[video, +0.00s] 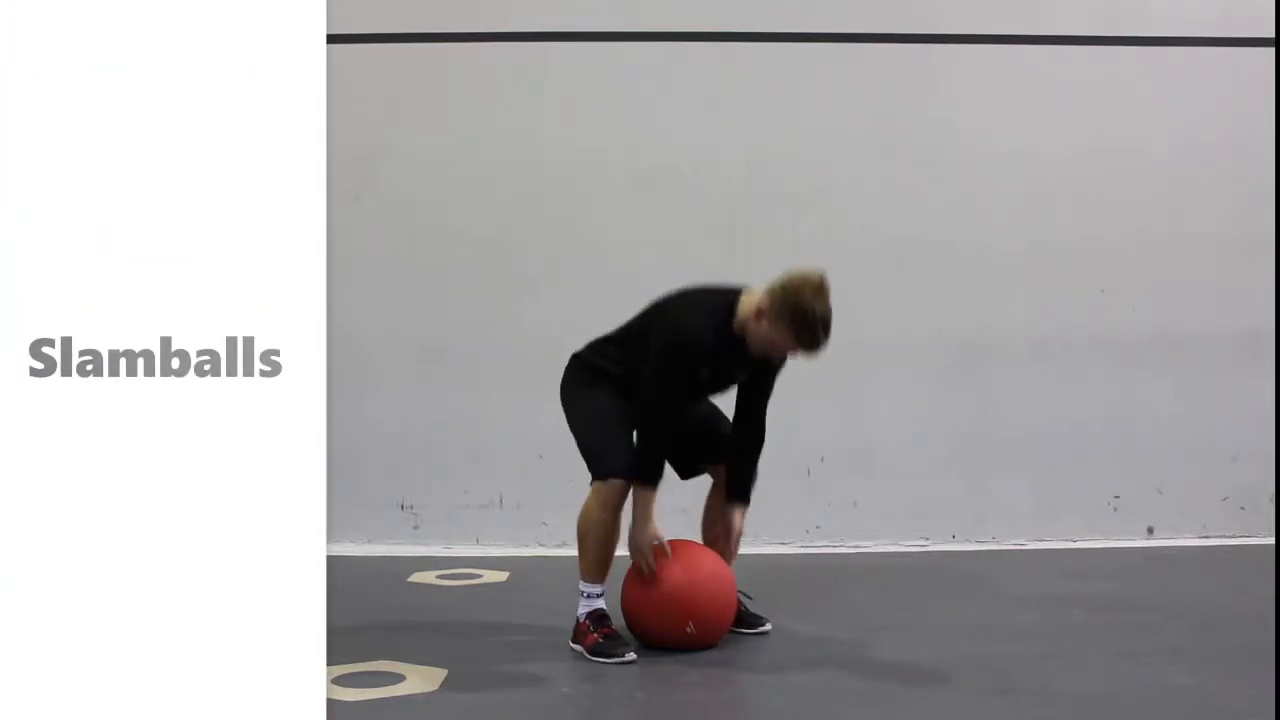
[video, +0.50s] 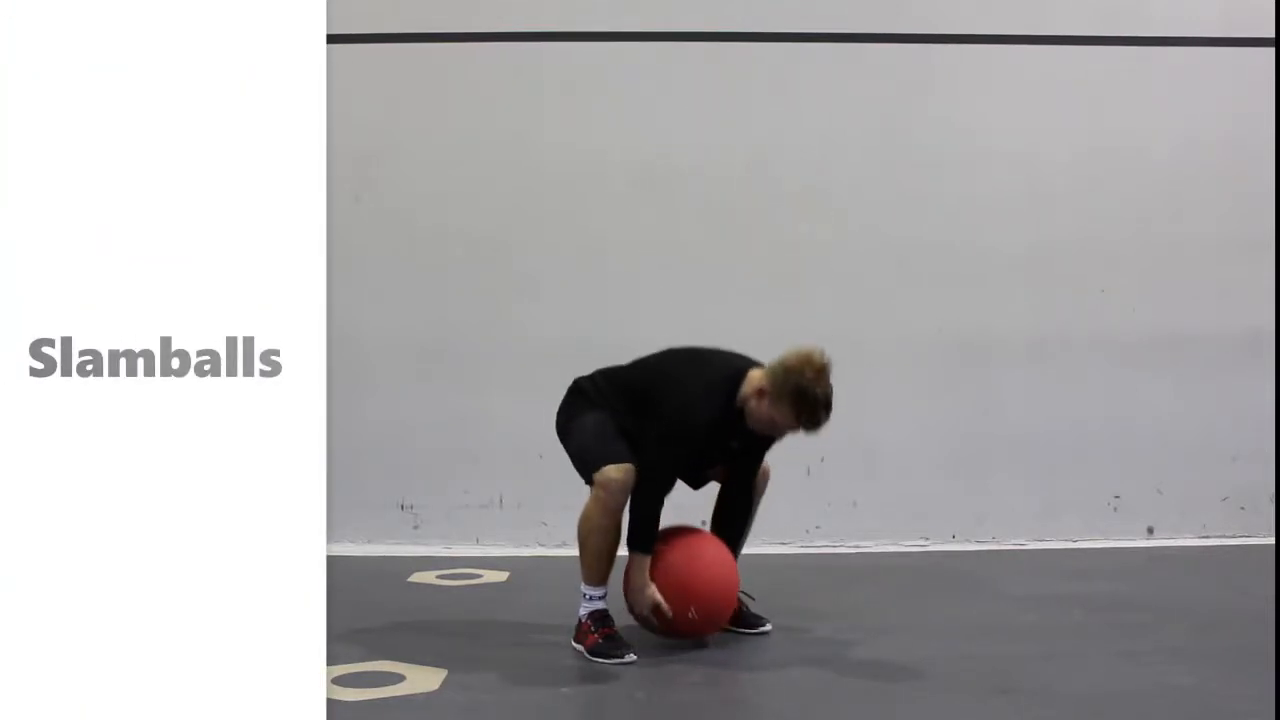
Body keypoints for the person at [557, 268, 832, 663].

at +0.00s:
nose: (785, 355)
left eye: (794, 350)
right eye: (785, 343)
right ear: (764, 314)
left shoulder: (769, 340)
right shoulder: (690, 323)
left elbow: (749, 420)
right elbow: (656, 422)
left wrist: (738, 506)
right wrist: (642, 519)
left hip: (670, 393)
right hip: (600, 382)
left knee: (732, 469)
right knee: (615, 477)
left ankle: (716, 595)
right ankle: (590, 615)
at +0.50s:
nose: (779, 434)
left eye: (788, 430)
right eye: (779, 424)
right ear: (761, 394)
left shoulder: (763, 411)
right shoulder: (695, 399)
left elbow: (736, 494)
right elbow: (650, 491)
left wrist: (717, 580)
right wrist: (639, 579)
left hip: (657, 423)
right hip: (595, 408)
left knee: (754, 476)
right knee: (615, 477)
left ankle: (717, 594)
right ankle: (593, 617)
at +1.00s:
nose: (740, 172)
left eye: (748, 163)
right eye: (734, 160)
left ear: (753, 157)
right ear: (703, 144)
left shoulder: (738, 210)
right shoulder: (654, 202)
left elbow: (734, 286)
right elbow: (618, 297)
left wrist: (742, 358)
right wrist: (660, 356)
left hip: (667, 343)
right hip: (606, 341)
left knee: (713, 456)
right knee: (622, 462)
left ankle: (712, 590)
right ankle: (598, 608)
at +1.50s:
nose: (682, 148)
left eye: (688, 138)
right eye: (670, 137)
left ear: (693, 140)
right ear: (640, 136)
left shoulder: (703, 209)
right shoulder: (617, 200)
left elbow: (745, 266)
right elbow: (647, 260)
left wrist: (762, 291)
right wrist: (719, 293)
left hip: (683, 363)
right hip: (623, 367)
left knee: (730, 475)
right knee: (654, 483)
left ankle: (690, 603)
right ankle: (610, 614)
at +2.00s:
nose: (664, 118)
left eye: (672, 108)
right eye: (653, 107)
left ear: (680, 109)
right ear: (625, 104)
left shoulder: (695, 177)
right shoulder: (603, 174)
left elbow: (741, 238)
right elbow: (635, 232)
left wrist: (756, 263)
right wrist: (713, 265)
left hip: (683, 341)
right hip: (621, 344)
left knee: (708, 459)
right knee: (616, 470)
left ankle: (703, 595)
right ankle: (584, 609)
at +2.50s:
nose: (681, 142)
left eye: (689, 131)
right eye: (672, 129)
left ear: (696, 127)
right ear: (641, 118)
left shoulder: (699, 191)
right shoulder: (607, 184)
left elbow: (735, 263)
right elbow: (629, 259)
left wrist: (743, 303)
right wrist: (703, 302)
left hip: (664, 347)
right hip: (603, 348)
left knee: (700, 462)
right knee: (604, 474)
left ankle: (703, 597)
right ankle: (585, 611)